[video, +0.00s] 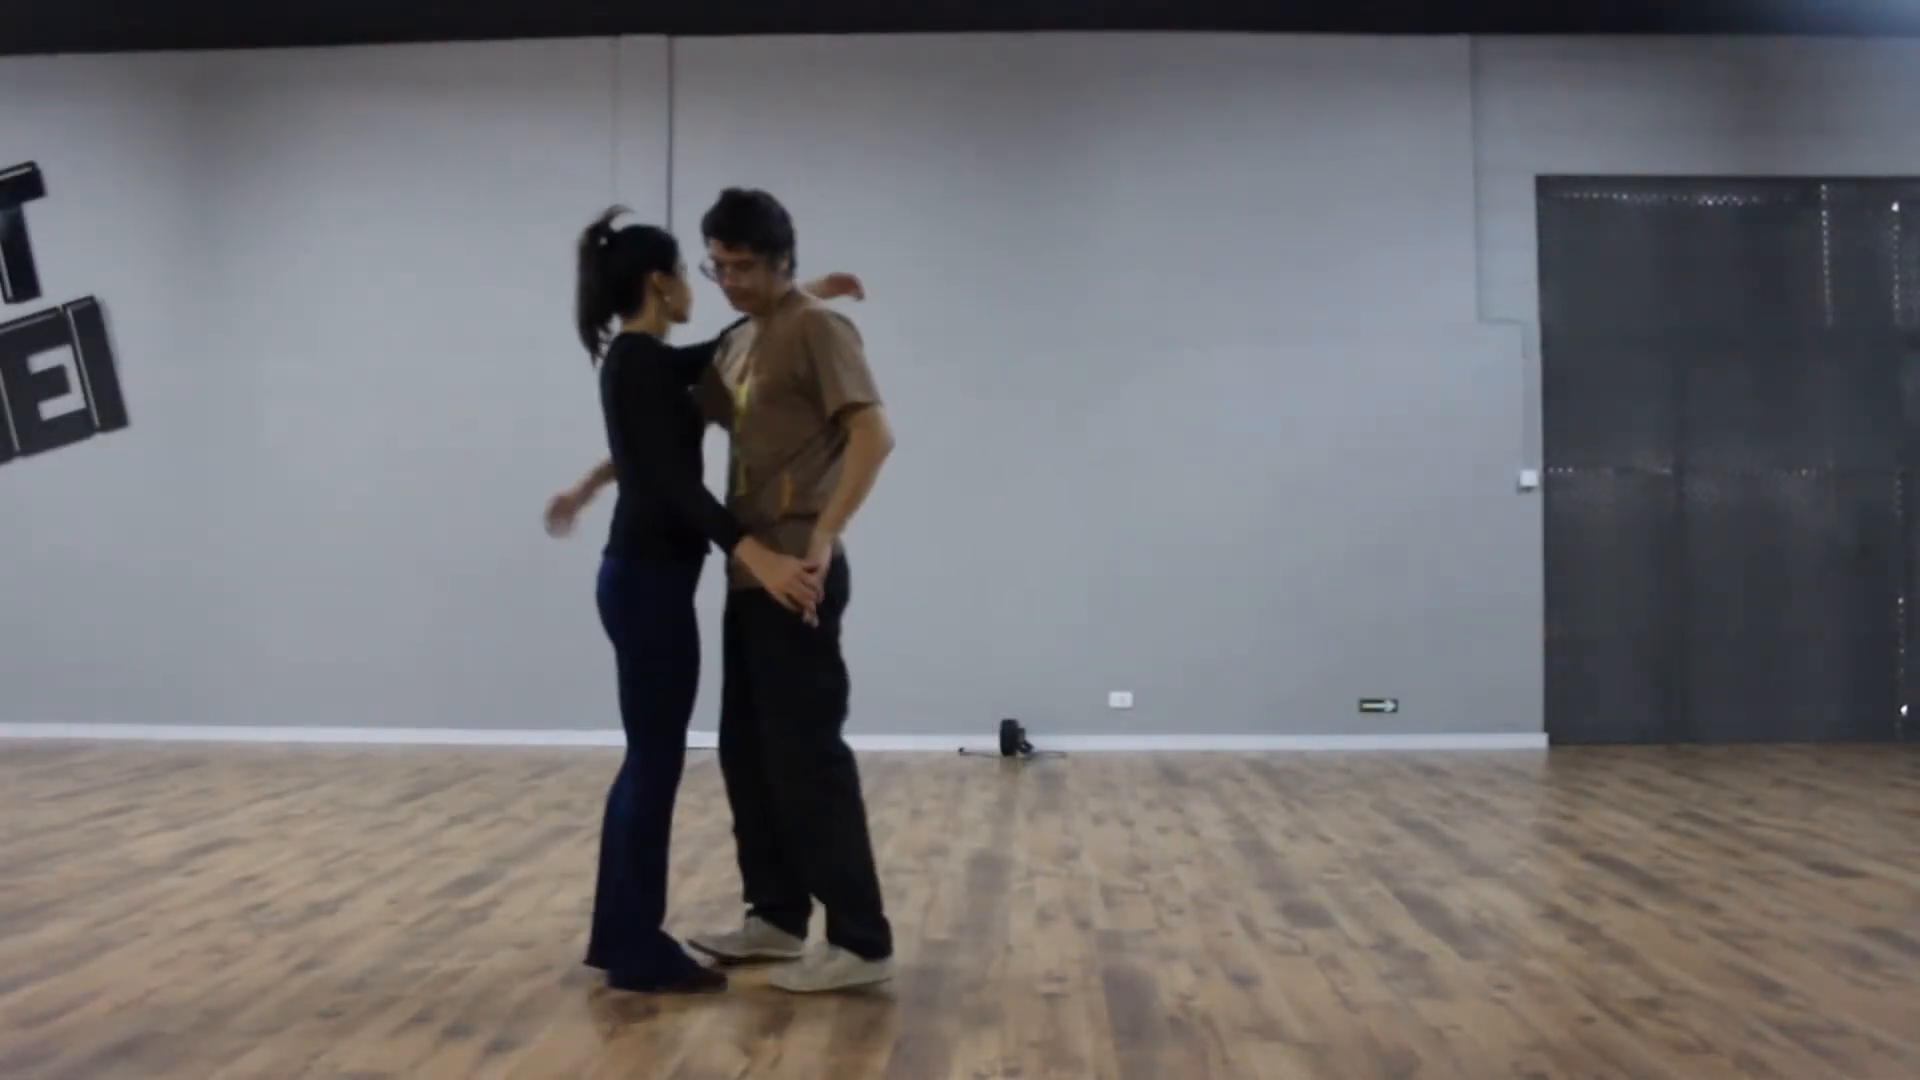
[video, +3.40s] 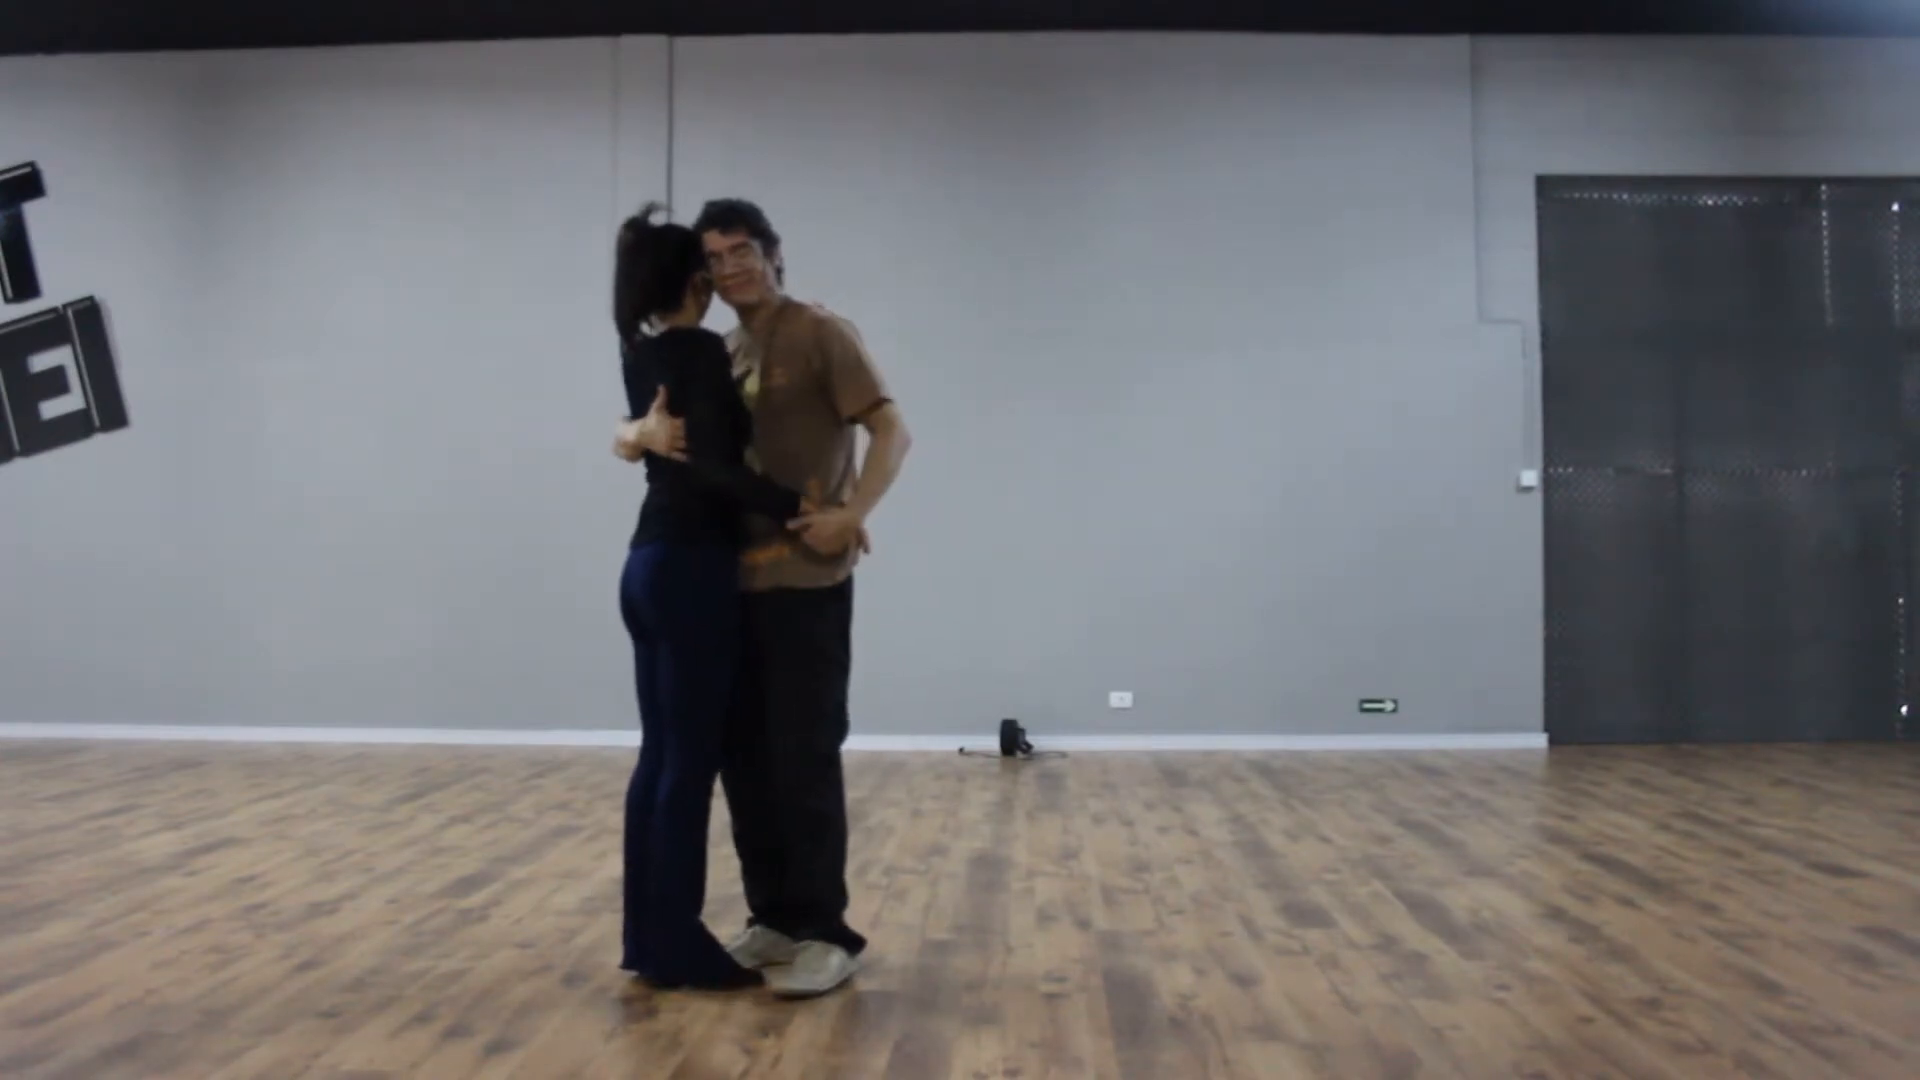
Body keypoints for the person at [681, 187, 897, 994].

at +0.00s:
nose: (732, 280)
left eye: (746, 266)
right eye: (721, 267)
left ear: (785, 260)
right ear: (711, 264)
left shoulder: (820, 327)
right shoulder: (734, 344)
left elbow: (873, 436)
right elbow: (670, 426)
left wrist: (826, 532)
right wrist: (590, 486)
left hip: (802, 572)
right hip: (749, 569)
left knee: (808, 751)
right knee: (749, 748)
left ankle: (862, 945)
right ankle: (778, 923)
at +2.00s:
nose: (755, 263)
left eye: (766, 246)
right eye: (739, 253)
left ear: (799, 249)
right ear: (728, 266)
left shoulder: (846, 326)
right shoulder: (735, 349)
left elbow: (950, 384)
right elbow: (646, 451)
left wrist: (930, 495)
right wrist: (667, 431)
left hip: (842, 587)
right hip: (761, 588)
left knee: (833, 767)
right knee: (756, 762)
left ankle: (822, 942)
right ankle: (774, 922)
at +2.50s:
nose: (745, 263)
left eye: (755, 247)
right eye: (730, 254)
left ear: (790, 248)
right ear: (718, 270)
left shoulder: (834, 328)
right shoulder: (731, 344)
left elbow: (872, 441)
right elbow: (647, 433)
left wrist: (815, 535)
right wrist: (656, 429)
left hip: (830, 577)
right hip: (748, 571)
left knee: (824, 758)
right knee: (747, 753)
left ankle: (823, 941)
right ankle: (774, 920)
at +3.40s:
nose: (732, 268)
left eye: (743, 252)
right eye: (717, 260)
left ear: (774, 255)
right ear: (706, 275)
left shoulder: (821, 335)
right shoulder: (715, 352)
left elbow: (890, 433)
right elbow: (626, 438)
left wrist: (851, 515)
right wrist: (640, 436)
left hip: (806, 580)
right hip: (737, 581)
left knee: (804, 757)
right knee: (745, 759)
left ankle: (827, 936)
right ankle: (774, 922)